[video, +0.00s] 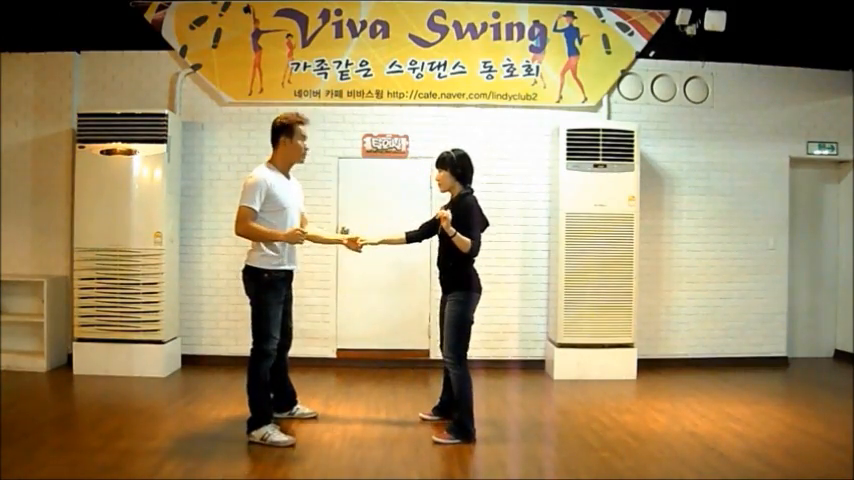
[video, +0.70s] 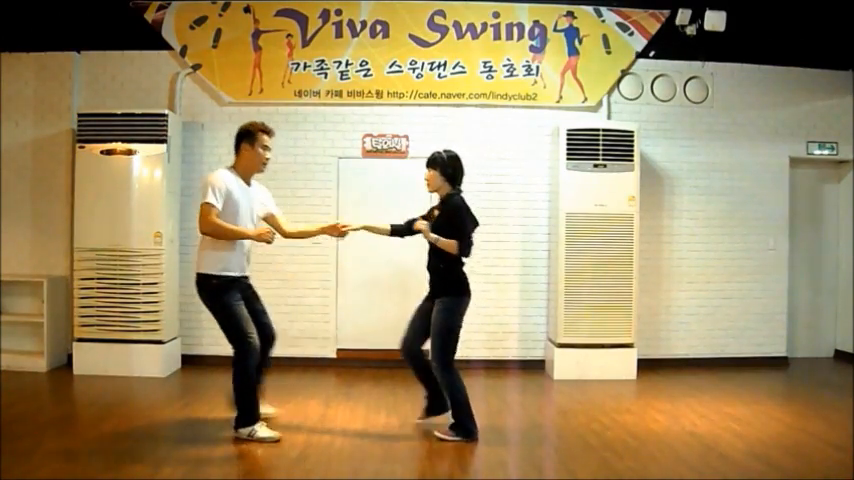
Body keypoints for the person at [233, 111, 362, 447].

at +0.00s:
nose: (307, 146)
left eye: (306, 139)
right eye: (302, 139)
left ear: (289, 143)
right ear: (283, 142)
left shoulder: (293, 185)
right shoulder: (258, 180)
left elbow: (303, 231)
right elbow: (242, 226)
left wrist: (342, 239)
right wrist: (282, 235)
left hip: (283, 273)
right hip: (263, 274)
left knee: (281, 343)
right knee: (265, 346)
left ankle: (283, 405)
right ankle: (259, 425)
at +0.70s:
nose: (268, 156)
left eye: (269, 150)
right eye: (264, 149)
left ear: (257, 153)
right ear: (243, 148)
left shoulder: (258, 191)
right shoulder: (218, 180)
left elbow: (286, 231)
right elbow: (206, 225)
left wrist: (325, 229)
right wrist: (251, 233)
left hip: (239, 278)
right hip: (213, 279)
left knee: (266, 336)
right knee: (248, 344)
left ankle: (249, 401)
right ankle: (246, 424)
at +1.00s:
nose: (237, 161)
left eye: (238, 155)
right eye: (233, 154)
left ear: (221, 156)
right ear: (213, 153)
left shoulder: (227, 194)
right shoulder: (188, 187)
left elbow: (243, 238)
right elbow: (188, 239)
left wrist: (279, 240)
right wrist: (233, 245)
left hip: (208, 281)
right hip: (187, 281)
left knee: (189, 349)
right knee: (220, 345)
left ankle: (150, 405)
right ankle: (241, 419)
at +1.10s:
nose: (233, 158)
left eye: (235, 152)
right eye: (229, 151)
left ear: (218, 152)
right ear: (209, 149)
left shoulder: (222, 190)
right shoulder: (183, 183)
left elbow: (232, 237)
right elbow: (181, 234)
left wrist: (266, 236)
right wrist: (227, 237)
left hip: (202, 277)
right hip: (179, 276)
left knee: (182, 346)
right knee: (214, 337)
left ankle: (148, 407)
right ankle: (216, 417)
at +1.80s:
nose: (256, 157)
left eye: (256, 150)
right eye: (252, 150)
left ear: (238, 154)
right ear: (233, 153)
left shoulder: (233, 191)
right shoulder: (210, 185)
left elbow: (213, 229)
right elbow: (180, 226)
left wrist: (236, 238)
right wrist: (223, 238)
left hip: (217, 283)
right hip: (196, 283)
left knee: (205, 350)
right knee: (206, 350)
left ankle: (172, 405)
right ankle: (169, 408)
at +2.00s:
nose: (261, 148)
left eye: (260, 141)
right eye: (255, 142)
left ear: (241, 148)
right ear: (237, 146)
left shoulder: (239, 185)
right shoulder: (219, 179)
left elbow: (223, 226)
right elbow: (197, 222)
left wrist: (249, 235)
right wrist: (240, 235)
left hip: (222, 277)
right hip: (201, 276)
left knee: (245, 333)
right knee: (198, 346)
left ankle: (202, 396)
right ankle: (172, 412)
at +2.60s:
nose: (269, 139)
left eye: (267, 134)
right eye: (261, 135)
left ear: (260, 142)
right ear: (243, 142)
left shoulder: (272, 181)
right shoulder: (232, 183)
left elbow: (288, 226)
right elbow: (236, 235)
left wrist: (329, 233)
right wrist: (281, 228)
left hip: (276, 271)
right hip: (251, 274)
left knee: (288, 340)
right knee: (273, 341)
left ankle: (279, 412)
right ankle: (242, 409)